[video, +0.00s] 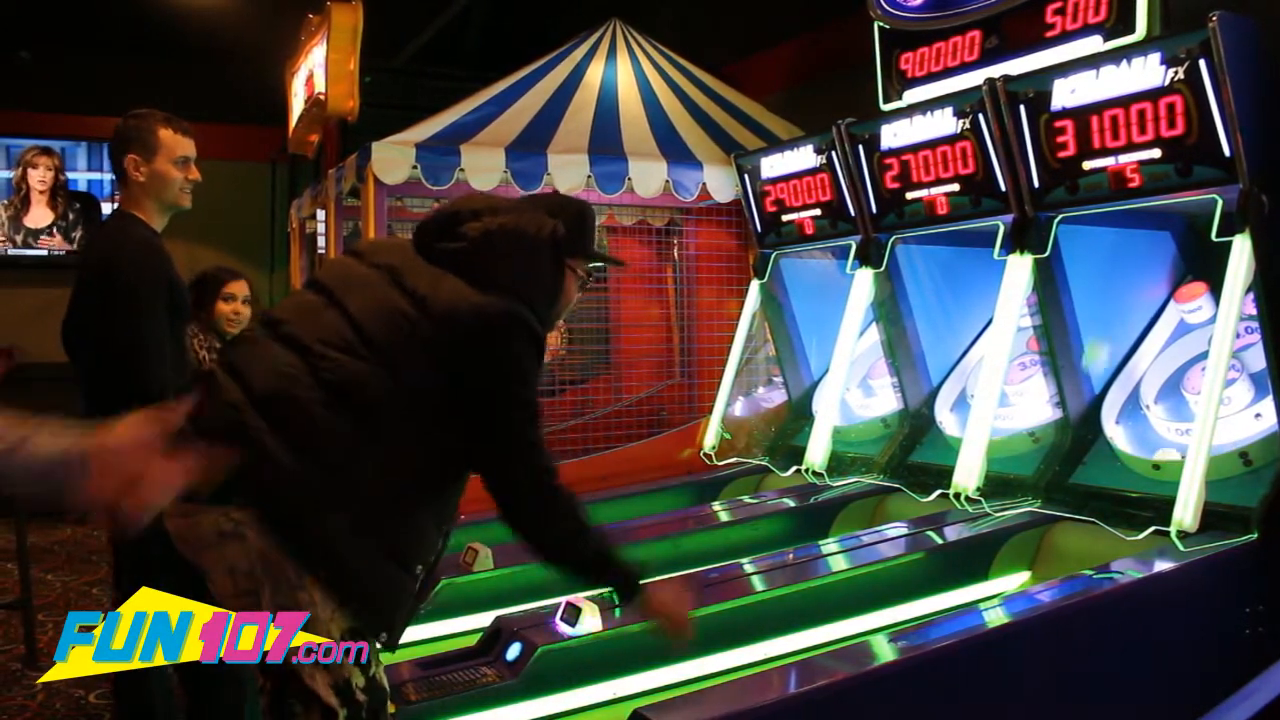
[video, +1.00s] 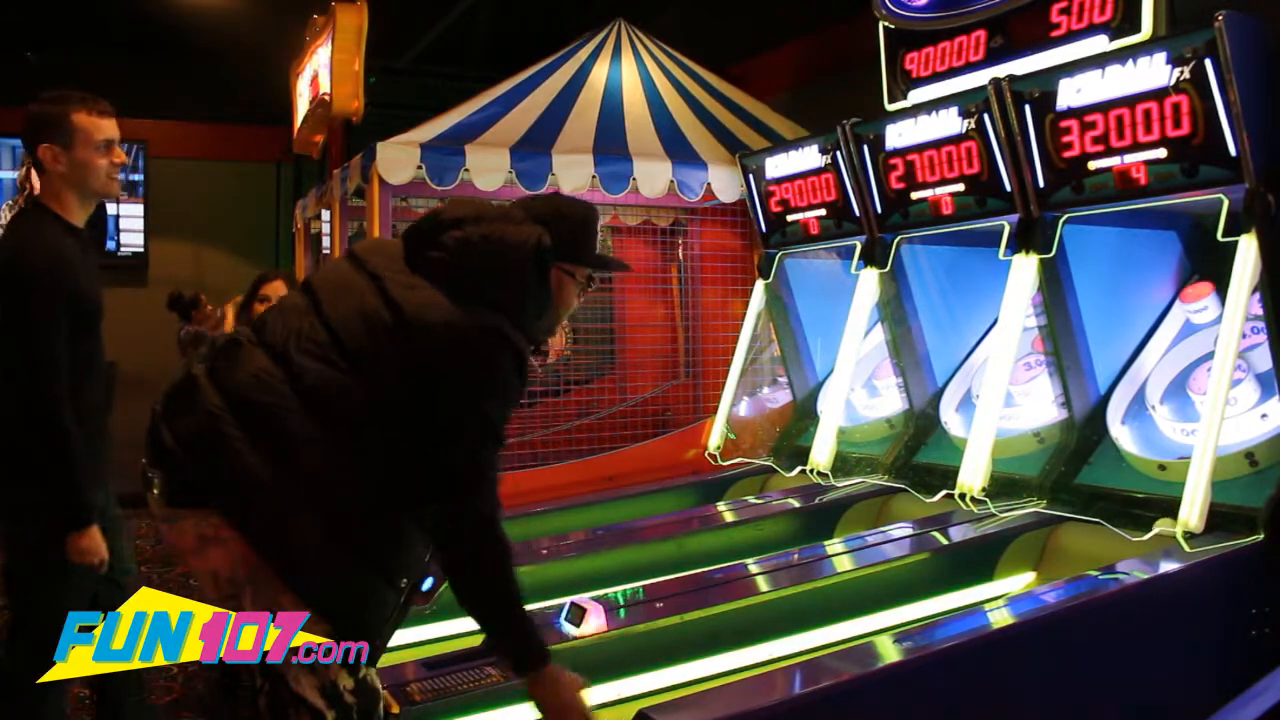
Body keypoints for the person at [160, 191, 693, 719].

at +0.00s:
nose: (577, 295)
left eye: (581, 279)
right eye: (574, 276)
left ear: (494, 246)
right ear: (538, 267)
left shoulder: (385, 262)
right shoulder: (492, 329)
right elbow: (528, 493)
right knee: (324, 696)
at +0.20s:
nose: (586, 296)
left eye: (589, 281)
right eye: (581, 278)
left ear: (507, 256)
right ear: (543, 268)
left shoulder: (392, 261)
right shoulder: (492, 335)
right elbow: (487, 513)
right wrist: (552, 665)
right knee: (329, 694)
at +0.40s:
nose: (587, 301)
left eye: (590, 285)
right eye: (582, 282)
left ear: (510, 257)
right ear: (544, 272)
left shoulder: (394, 261)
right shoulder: (492, 344)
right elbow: (504, 527)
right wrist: (566, 679)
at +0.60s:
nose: (587, 309)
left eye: (593, 293)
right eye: (585, 291)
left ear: (513, 259)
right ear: (550, 282)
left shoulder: (394, 260)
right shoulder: (491, 352)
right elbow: (514, 533)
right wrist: (578, 684)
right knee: (317, 695)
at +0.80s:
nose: (584, 307)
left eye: (590, 291)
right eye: (584, 289)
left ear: (504, 255)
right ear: (557, 282)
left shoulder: (388, 260)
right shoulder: (488, 350)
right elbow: (512, 532)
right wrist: (578, 681)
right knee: (301, 698)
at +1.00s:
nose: (579, 303)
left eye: (585, 287)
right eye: (579, 285)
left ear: (504, 252)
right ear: (550, 275)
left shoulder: (388, 258)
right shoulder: (480, 343)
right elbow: (466, 522)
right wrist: (535, 668)